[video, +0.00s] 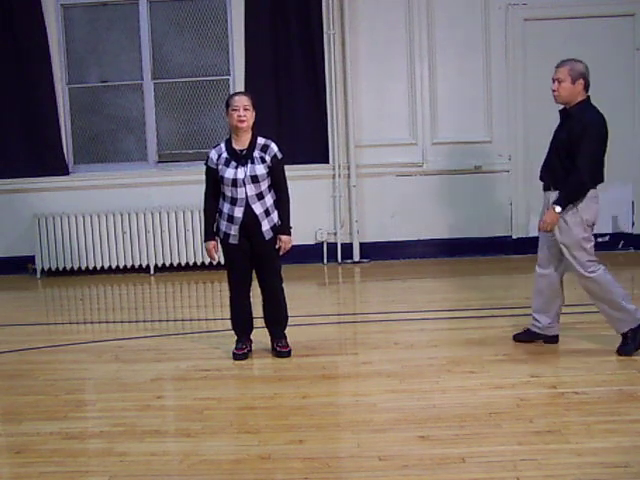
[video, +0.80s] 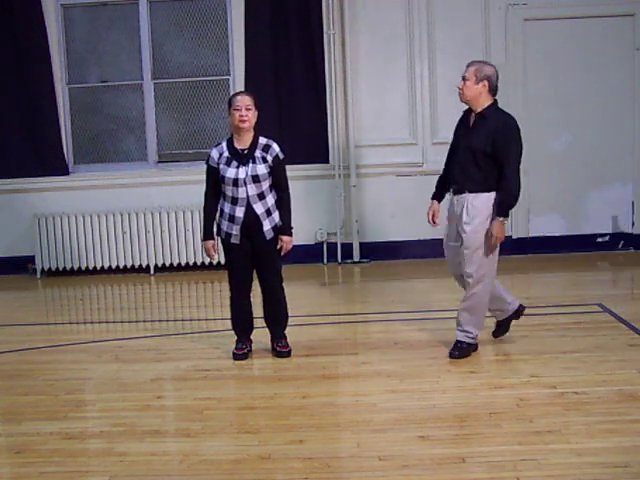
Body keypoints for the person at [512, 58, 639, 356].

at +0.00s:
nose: (553, 87)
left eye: (558, 82)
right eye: (553, 82)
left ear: (579, 85)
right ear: (574, 86)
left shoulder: (590, 120)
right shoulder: (569, 117)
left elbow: (584, 174)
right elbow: (566, 163)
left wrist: (557, 207)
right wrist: (549, 197)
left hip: (576, 201)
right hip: (554, 198)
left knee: (586, 268)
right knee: (547, 266)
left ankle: (631, 324)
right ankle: (544, 328)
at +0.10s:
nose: (537, 87)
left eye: (542, 82)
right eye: (536, 81)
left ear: (562, 84)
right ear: (554, 85)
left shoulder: (576, 119)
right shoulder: (553, 116)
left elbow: (576, 172)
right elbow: (553, 162)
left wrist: (556, 210)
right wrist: (538, 199)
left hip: (559, 198)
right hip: (540, 196)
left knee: (552, 265)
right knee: (538, 264)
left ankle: (604, 316)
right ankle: (544, 327)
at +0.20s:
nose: (522, 87)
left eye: (527, 81)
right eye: (522, 81)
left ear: (547, 84)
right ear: (537, 85)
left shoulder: (564, 118)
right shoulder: (537, 117)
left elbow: (570, 172)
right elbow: (525, 160)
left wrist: (557, 211)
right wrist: (509, 194)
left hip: (545, 197)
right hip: (526, 196)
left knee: (533, 264)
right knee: (529, 264)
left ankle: (563, 323)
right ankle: (540, 326)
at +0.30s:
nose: (510, 87)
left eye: (515, 81)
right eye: (510, 81)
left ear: (535, 84)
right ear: (525, 85)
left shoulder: (554, 120)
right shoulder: (522, 118)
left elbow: (566, 171)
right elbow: (506, 159)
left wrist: (559, 211)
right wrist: (483, 194)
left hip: (536, 199)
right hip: (517, 198)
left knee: (518, 265)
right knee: (535, 264)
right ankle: (546, 327)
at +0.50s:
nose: (488, 88)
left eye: (493, 83)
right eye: (488, 83)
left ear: (512, 87)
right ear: (505, 87)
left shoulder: (534, 123)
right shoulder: (498, 121)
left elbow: (548, 170)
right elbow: (481, 161)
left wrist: (552, 214)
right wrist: (457, 195)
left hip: (517, 202)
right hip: (494, 201)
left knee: (495, 268)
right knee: (519, 264)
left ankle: (471, 335)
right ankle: (543, 324)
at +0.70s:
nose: (469, 87)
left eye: (474, 82)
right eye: (470, 81)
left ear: (493, 87)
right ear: (488, 87)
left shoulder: (513, 124)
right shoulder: (475, 121)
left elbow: (524, 174)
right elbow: (461, 161)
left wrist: (522, 218)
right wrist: (443, 195)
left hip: (493, 203)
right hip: (469, 202)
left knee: (480, 271)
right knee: (485, 266)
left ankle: (467, 336)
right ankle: (528, 313)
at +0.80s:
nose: (460, 85)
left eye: (465, 81)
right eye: (461, 80)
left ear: (483, 86)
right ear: (478, 85)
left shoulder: (505, 124)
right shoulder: (465, 120)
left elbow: (511, 175)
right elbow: (452, 162)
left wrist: (501, 217)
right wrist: (437, 198)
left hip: (483, 203)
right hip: (457, 202)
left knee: (477, 271)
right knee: (458, 266)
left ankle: (467, 335)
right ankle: (507, 307)